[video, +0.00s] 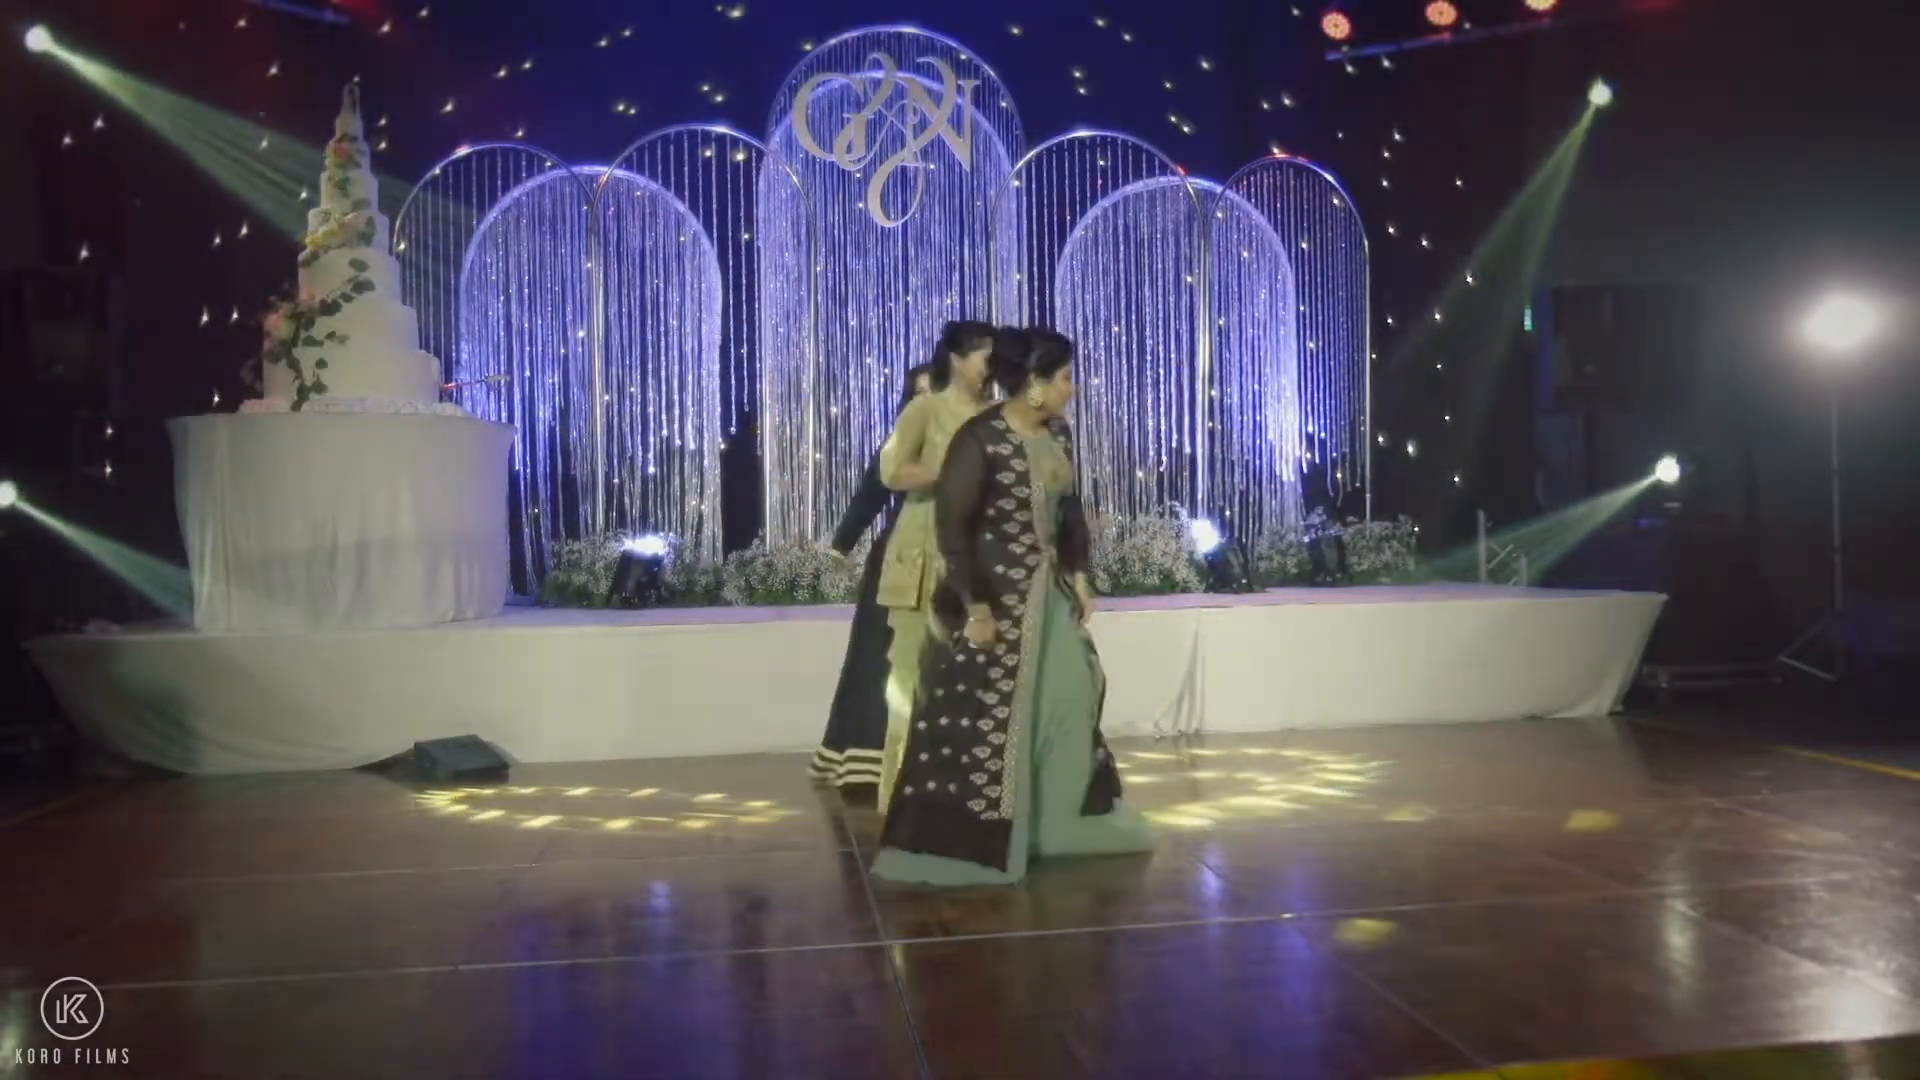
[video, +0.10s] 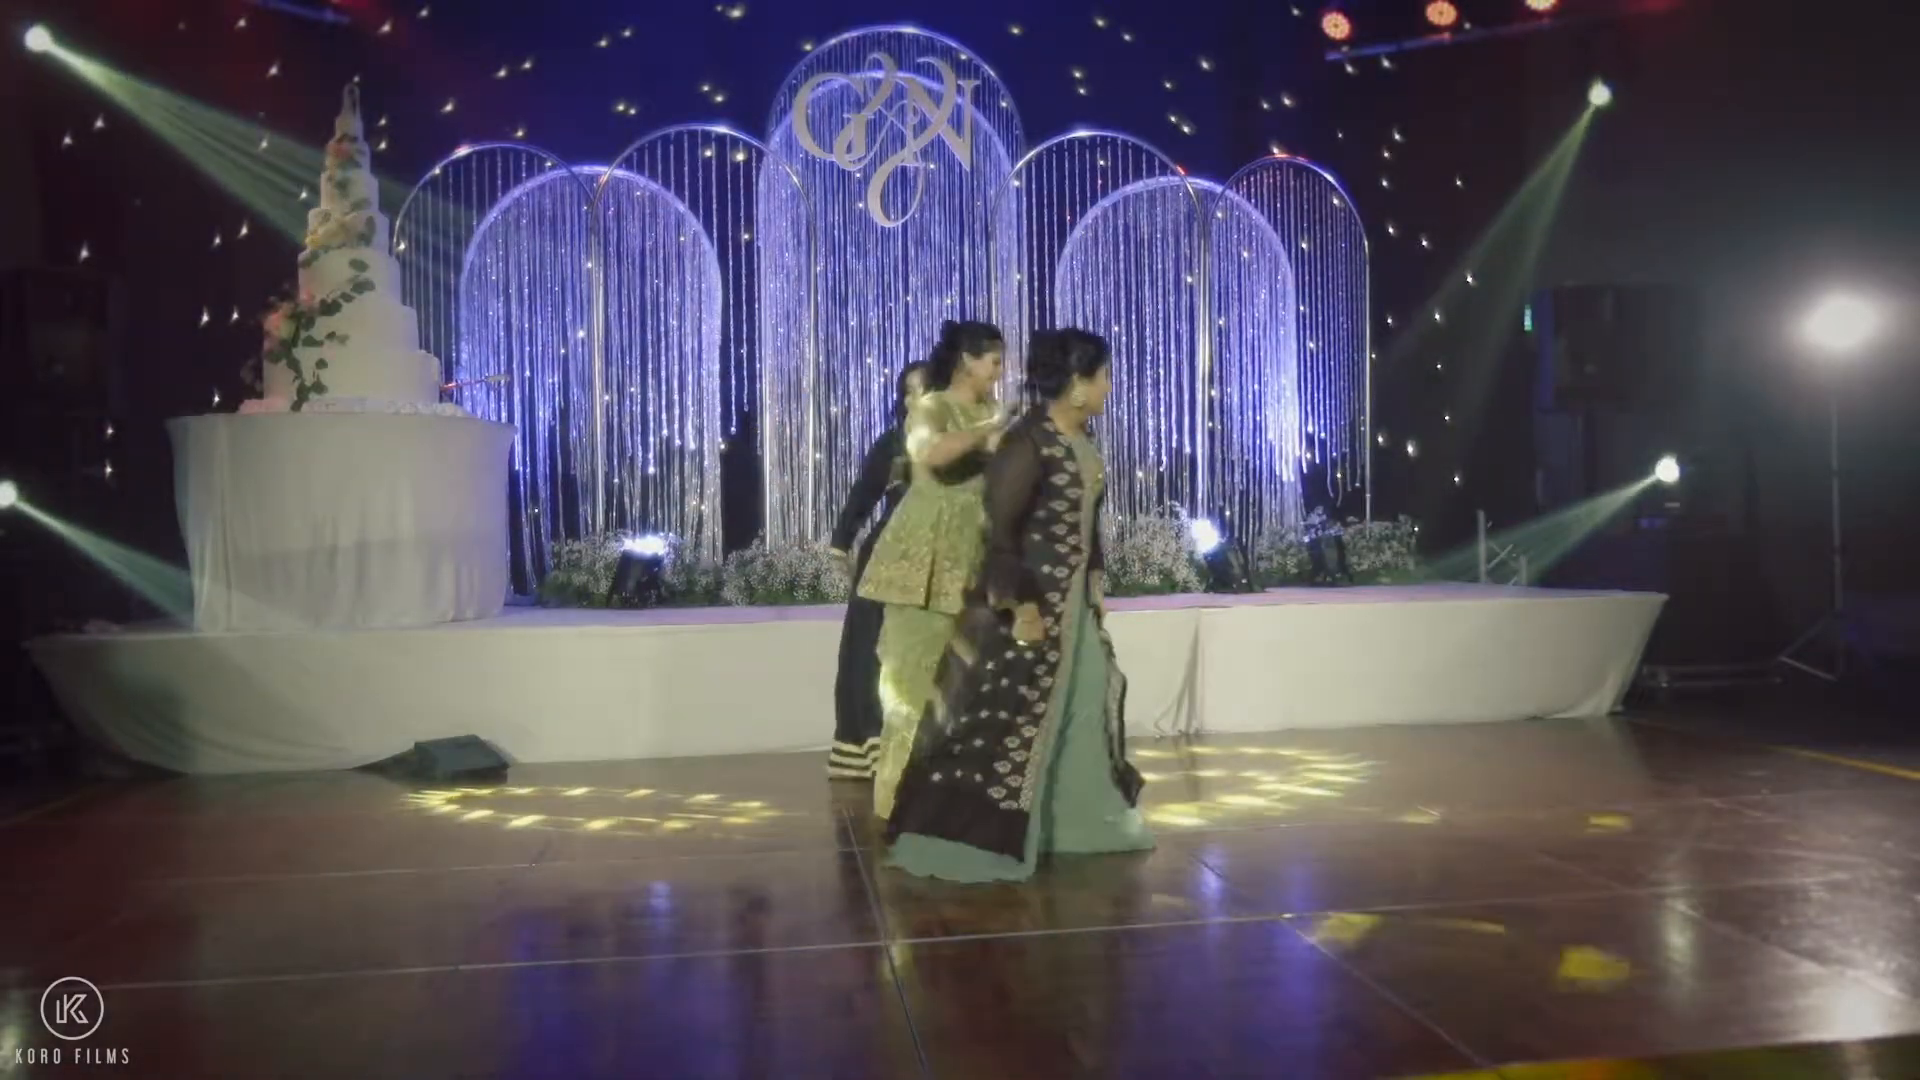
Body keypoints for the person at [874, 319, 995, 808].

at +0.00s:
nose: (988, 366)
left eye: (992, 358)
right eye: (981, 357)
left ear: (991, 362)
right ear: (956, 359)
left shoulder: (996, 415)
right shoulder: (924, 409)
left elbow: (1008, 478)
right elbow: (892, 471)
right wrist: (951, 477)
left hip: (976, 565)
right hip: (918, 565)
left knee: (969, 685)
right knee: (911, 685)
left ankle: (960, 799)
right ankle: (898, 798)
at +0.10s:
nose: (1000, 371)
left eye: (1001, 361)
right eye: (993, 361)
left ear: (979, 364)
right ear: (966, 360)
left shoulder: (991, 418)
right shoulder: (929, 407)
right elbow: (930, 452)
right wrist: (991, 430)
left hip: (974, 565)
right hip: (922, 565)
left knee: (965, 692)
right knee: (909, 690)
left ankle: (949, 812)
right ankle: (894, 806)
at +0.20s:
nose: (1007, 374)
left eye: (1006, 364)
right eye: (1002, 363)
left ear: (981, 365)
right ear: (979, 362)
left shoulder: (984, 423)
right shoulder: (946, 410)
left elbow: (1023, 492)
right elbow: (975, 446)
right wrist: (1023, 412)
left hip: (968, 595)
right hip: (923, 592)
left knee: (959, 708)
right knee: (921, 704)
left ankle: (945, 816)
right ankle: (904, 814)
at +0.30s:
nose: (1010, 379)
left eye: (1010, 370)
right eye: (1008, 369)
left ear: (966, 367)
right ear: (994, 368)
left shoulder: (938, 417)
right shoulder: (974, 416)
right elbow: (1017, 461)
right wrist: (1058, 428)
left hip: (923, 573)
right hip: (958, 576)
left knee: (918, 680)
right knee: (952, 686)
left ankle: (898, 788)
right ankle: (921, 795)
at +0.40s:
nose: (1011, 389)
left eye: (1010, 380)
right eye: (1010, 381)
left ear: (967, 378)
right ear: (999, 384)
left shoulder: (939, 427)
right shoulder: (994, 433)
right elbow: (1040, 488)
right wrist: (1076, 481)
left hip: (929, 577)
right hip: (979, 578)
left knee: (933, 680)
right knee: (983, 685)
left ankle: (906, 784)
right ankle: (953, 792)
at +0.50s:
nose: (1006, 392)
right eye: (1007, 385)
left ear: (965, 385)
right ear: (1007, 389)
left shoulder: (934, 436)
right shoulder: (1012, 442)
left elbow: (908, 516)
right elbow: (1053, 509)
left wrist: (889, 584)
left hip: (930, 582)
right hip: (989, 581)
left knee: (930, 680)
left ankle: (916, 785)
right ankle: (979, 785)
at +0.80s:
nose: (962, 383)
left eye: (965, 375)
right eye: (964, 375)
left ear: (978, 375)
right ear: (1009, 377)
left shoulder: (965, 412)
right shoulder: (1031, 424)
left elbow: (927, 480)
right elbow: (1053, 505)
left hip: (978, 571)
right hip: (1037, 571)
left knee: (971, 678)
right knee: (1037, 677)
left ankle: (979, 791)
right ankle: (1045, 788)